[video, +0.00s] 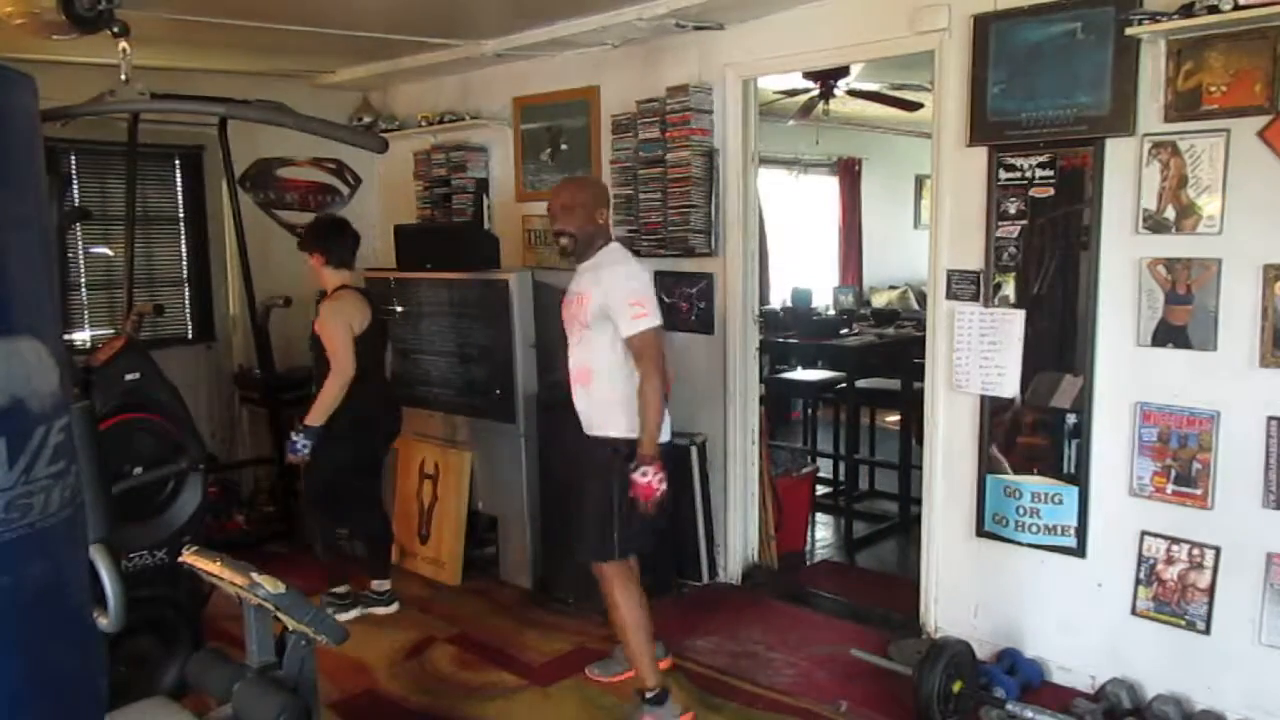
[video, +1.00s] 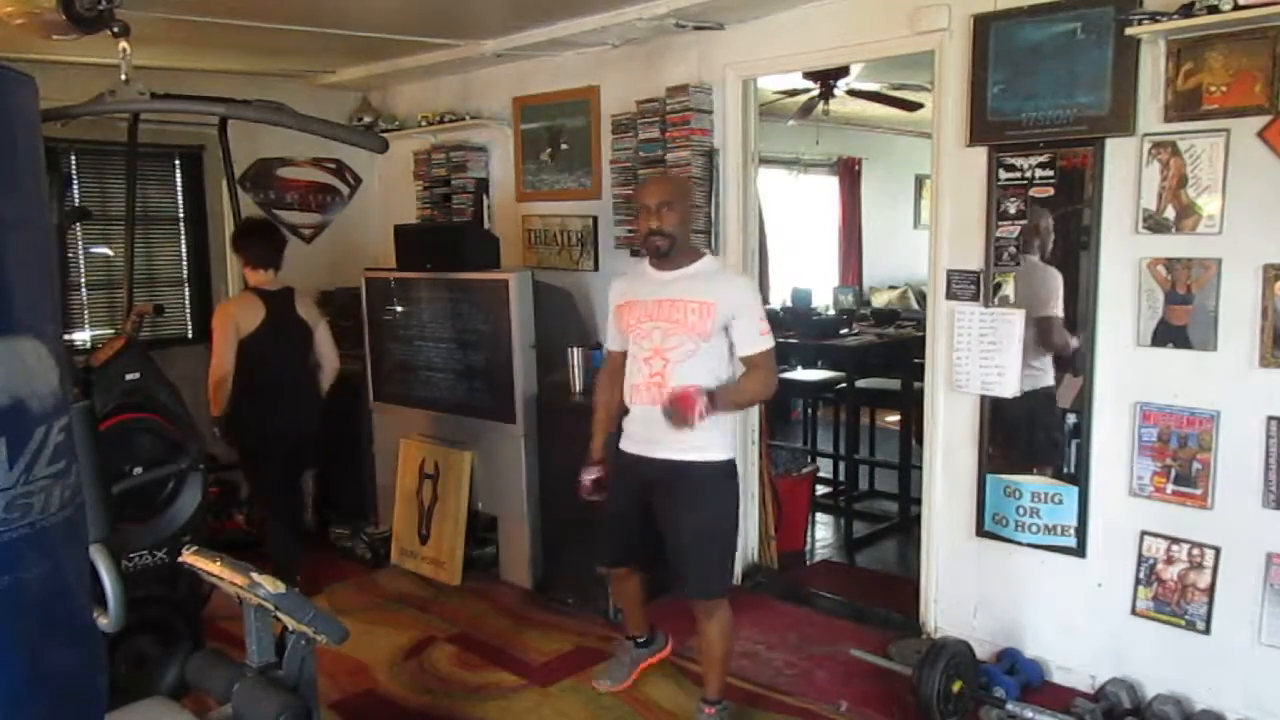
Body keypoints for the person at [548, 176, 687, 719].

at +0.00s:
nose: (555, 223)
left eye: (563, 212)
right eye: (553, 213)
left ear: (599, 215)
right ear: (573, 218)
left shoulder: (621, 272)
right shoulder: (589, 271)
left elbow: (653, 365)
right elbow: (613, 356)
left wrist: (648, 450)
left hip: (623, 443)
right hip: (599, 438)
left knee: (611, 563)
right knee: (611, 556)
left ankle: (657, 697)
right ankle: (639, 646)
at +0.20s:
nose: (567, 230)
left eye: (578, 218)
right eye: (559, 222)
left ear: (603, 222)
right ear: (553, 231)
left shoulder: (636, 278)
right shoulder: (576, 286)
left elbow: (677, 367)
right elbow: (587, 366)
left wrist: (689, 447)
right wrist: (550, 409)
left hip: (640, 441)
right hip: (599, 439)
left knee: (610, 556)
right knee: (608, 551)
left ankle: (701, 609)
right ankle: (643, 647)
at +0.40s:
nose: (582, 216)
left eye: (594, 205)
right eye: (574, 207)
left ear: (618, 212)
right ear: (567, 214)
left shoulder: (648, 269)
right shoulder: (568, 277)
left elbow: (684, 355)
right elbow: (575, 350)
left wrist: (656, 427)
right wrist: (535, 399)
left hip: (644, 432)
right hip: (595, 433)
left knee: (650, 547)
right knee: (610, 539)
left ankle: (725, 610)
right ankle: (642, 640)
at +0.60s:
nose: (607, 225)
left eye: (619, 215)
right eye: (597, 215)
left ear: (638, 221)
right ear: (584, 223)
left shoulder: (664, 280)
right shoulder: (569, 285)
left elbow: (681, 369)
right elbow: (553, 358)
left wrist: (615, 386)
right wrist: (555, 380)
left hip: (663, 442)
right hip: (603, 443)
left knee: (691, 562)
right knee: (616, 548)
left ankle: (717, 683)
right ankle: (644, 645)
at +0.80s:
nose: (635, 230)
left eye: (648, 219)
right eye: (625, 218)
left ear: (668, 226)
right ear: (612, 224)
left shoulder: (695, 293)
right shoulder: (597, 292)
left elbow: (734, 378)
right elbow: (574, 370)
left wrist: (690, 430)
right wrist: (552, 430)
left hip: (678, 459)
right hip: (621, 457)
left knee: (688, 584)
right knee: (631, 557)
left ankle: (708, 701)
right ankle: (647, 648)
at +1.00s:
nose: (651, 222)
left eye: (664, 209)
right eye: (642, 212)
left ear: (691, 214)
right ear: (632, 221)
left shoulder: (732, 288)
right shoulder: (623, 290)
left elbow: (763, 377)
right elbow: (611, 373)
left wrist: (711, 399)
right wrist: (597, 452)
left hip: (702, 464)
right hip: (633, 459)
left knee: (708, 592)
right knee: (620, 560)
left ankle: (712, 704)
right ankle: (641, 641)